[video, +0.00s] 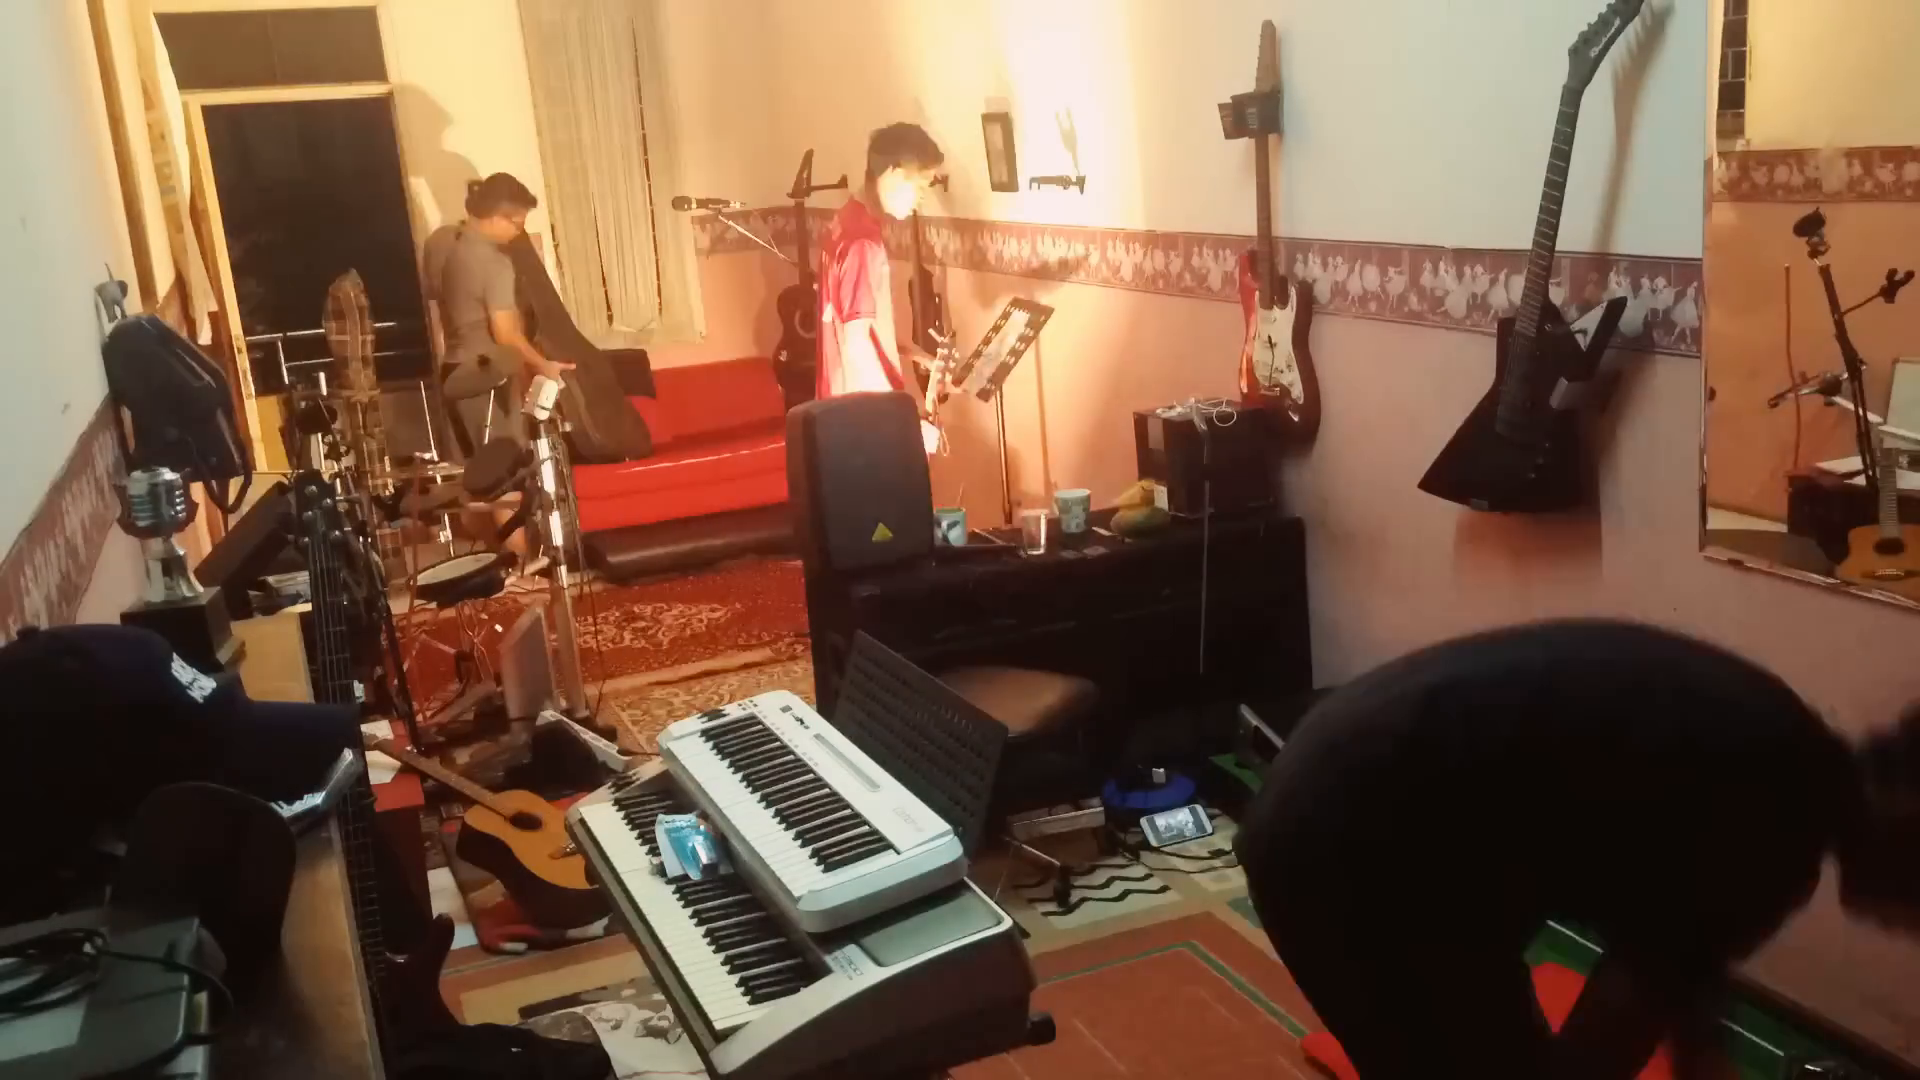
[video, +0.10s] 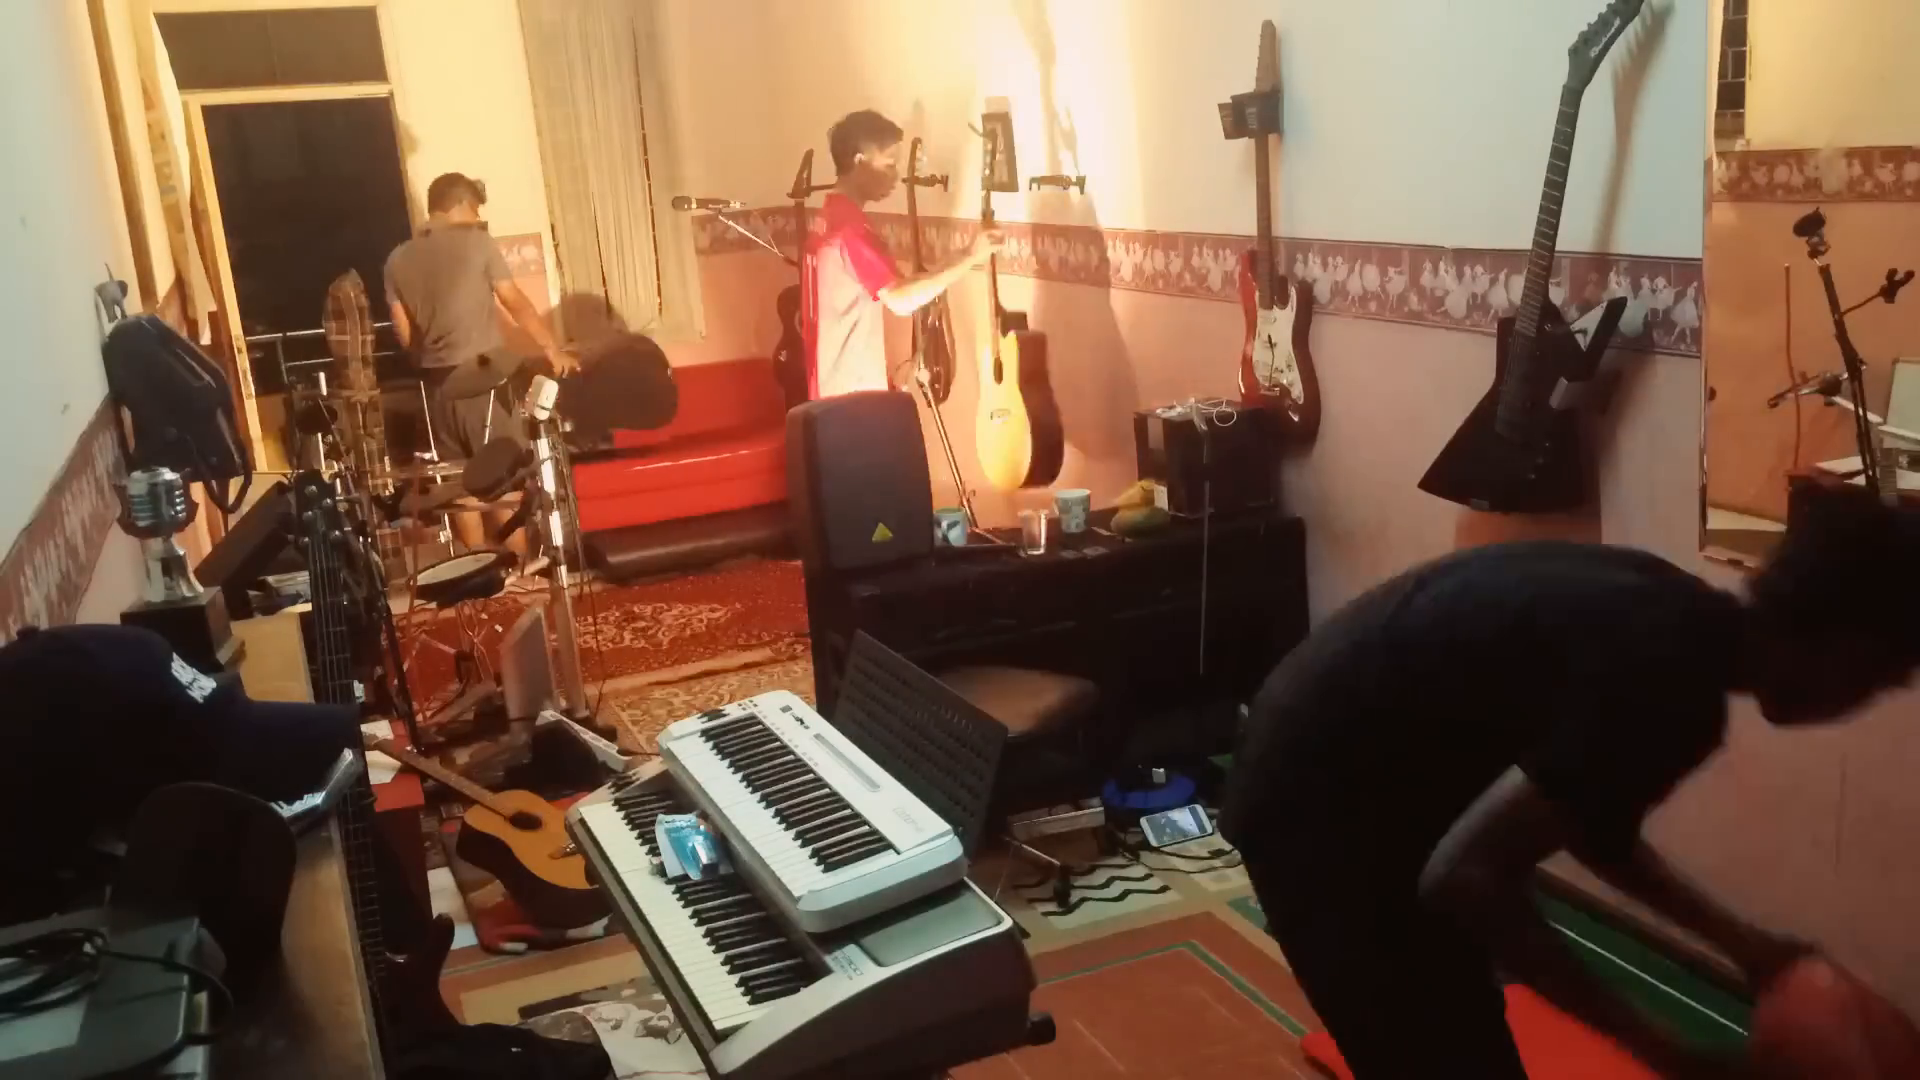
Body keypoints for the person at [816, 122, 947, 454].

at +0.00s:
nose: (920, 199)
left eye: (925, 187)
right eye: (919, 185)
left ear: (891, 172)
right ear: (891, 171)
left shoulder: (847, 226)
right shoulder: (862, 242)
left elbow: (865, 326)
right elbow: (856, 343)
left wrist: (915, 356)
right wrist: (905, 421)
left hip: (841, 412)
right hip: (864, 422)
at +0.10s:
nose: (896, 176)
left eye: (895, 164)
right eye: (890, 164)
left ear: (858, 161)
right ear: (858, 160)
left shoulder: (828, 218)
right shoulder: (848, 225)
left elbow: (807, 322)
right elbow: (900, 300)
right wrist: (970, 258)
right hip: (854, 396)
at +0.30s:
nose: (917, 150)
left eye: (912, 141)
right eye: (909, 142)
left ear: (866, 159)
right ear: (884, 153)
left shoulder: (858, 222)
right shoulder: (910, 218)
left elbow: (934, 285)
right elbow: (987, 258)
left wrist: (1009, 248)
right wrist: (1022, 183)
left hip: (889, 383)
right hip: (929, 384)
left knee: (905, 502)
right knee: (946, 502)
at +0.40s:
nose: (946, 148)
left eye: (941, 139)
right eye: (939, 140)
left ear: (892, 158)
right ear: (924, 150)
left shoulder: (890, 213)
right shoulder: (949, 222)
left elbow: (948, 251)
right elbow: (1004, 294)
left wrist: (1003, 207)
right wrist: (1037, 231)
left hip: (904, 377)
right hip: (946, 383)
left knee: (916, 491)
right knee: (953, 495)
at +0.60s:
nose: (935, 145)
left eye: (930, 135)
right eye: (926, 137)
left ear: (893, 154)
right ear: (903, 149)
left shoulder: (880, 215)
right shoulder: (925, 222)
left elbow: (945, 272)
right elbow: (974, 302)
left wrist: (993, 226)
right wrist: (1031, 259)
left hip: (896, 387)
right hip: (934, 393)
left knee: (909, 506)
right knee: (944, 505)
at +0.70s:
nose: (926, 163)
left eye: (924, 150)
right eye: (921, 149)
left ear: (884, 154)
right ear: (893, 153)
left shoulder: (865, 216)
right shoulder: (898, 224)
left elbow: (891, 294)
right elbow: (921, 315)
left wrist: (953, 276)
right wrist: (969, 284)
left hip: (881, 381)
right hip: (916, 386)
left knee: (903, 491)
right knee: (942, 489)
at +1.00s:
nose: (923, 166)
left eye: (921, 152)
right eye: (915, 153)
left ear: (881, 160)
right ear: (885, 159)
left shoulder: (864, 217)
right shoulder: (890, 226)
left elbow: (890, 304)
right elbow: (909, 319)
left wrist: (954, 288)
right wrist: (973, 291)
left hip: (887, 389)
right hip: (921, 393)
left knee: (907, 503)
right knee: (942, 504)